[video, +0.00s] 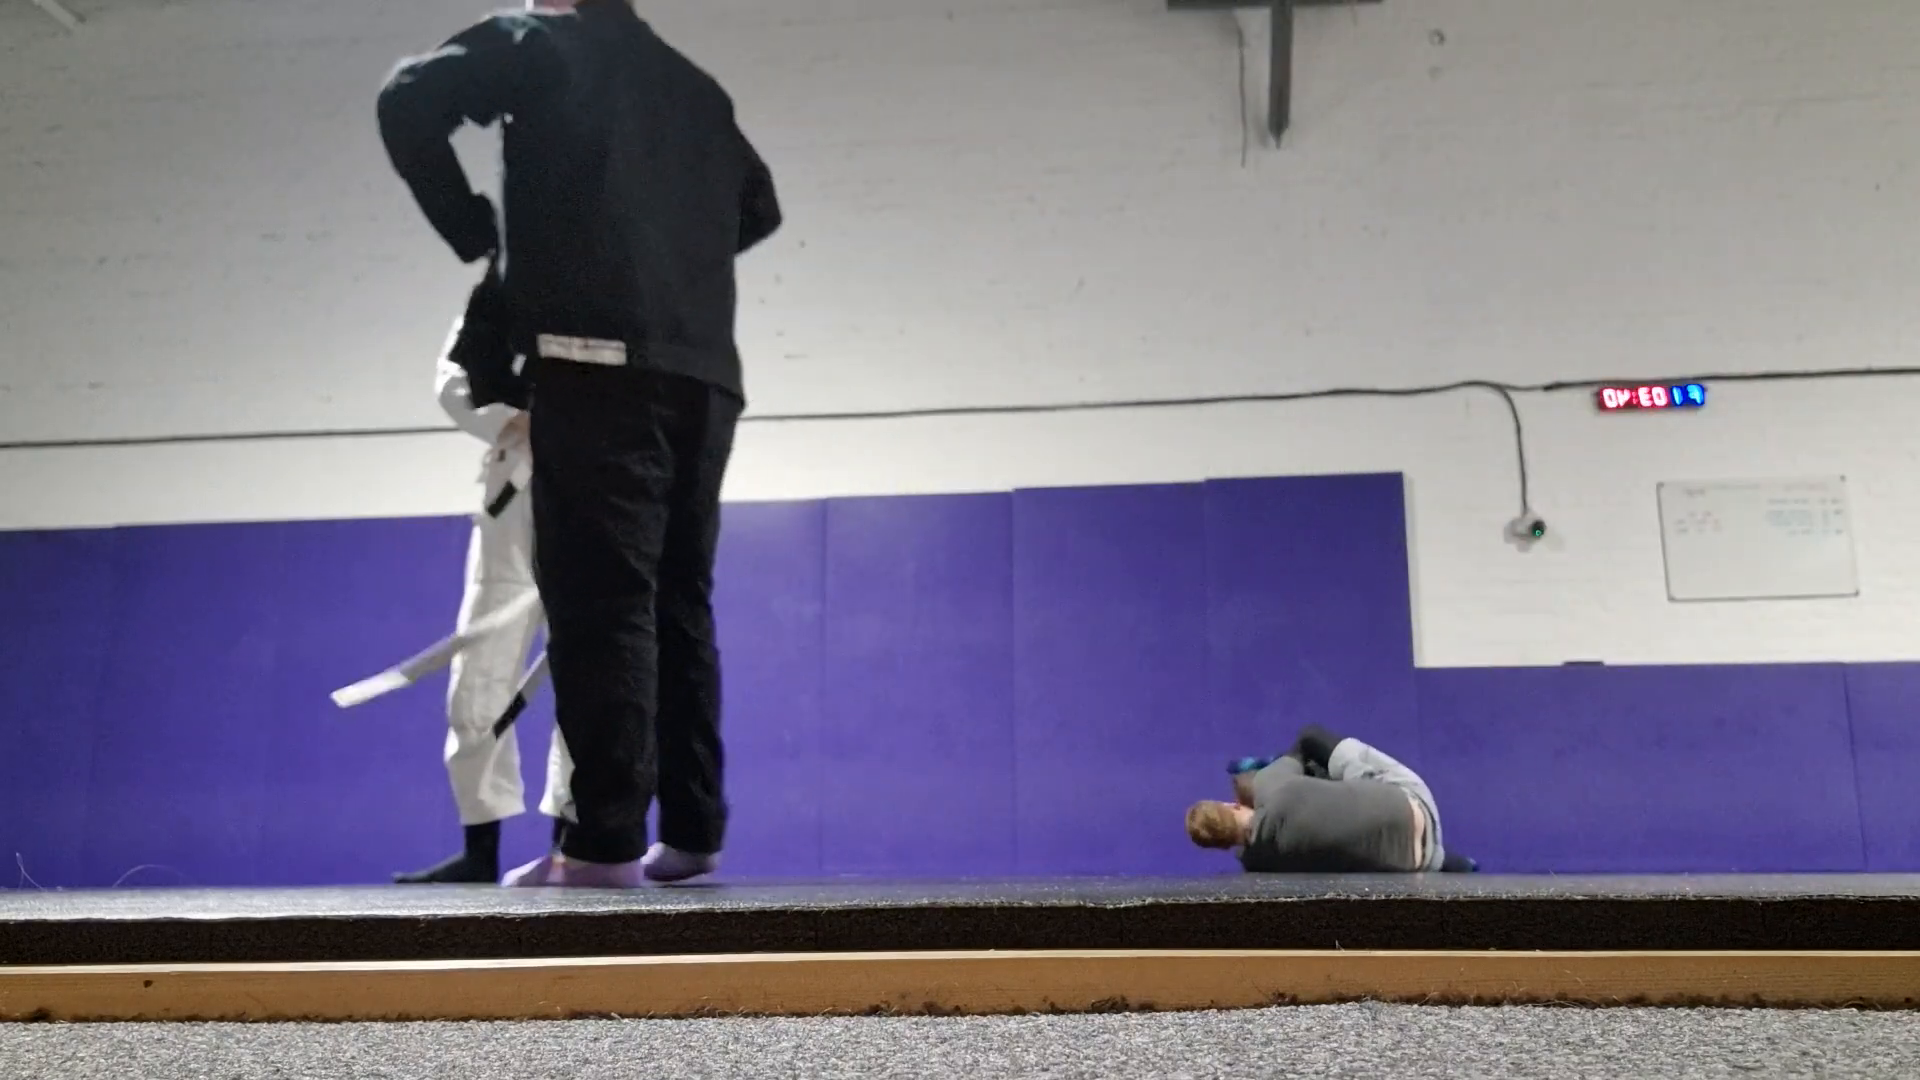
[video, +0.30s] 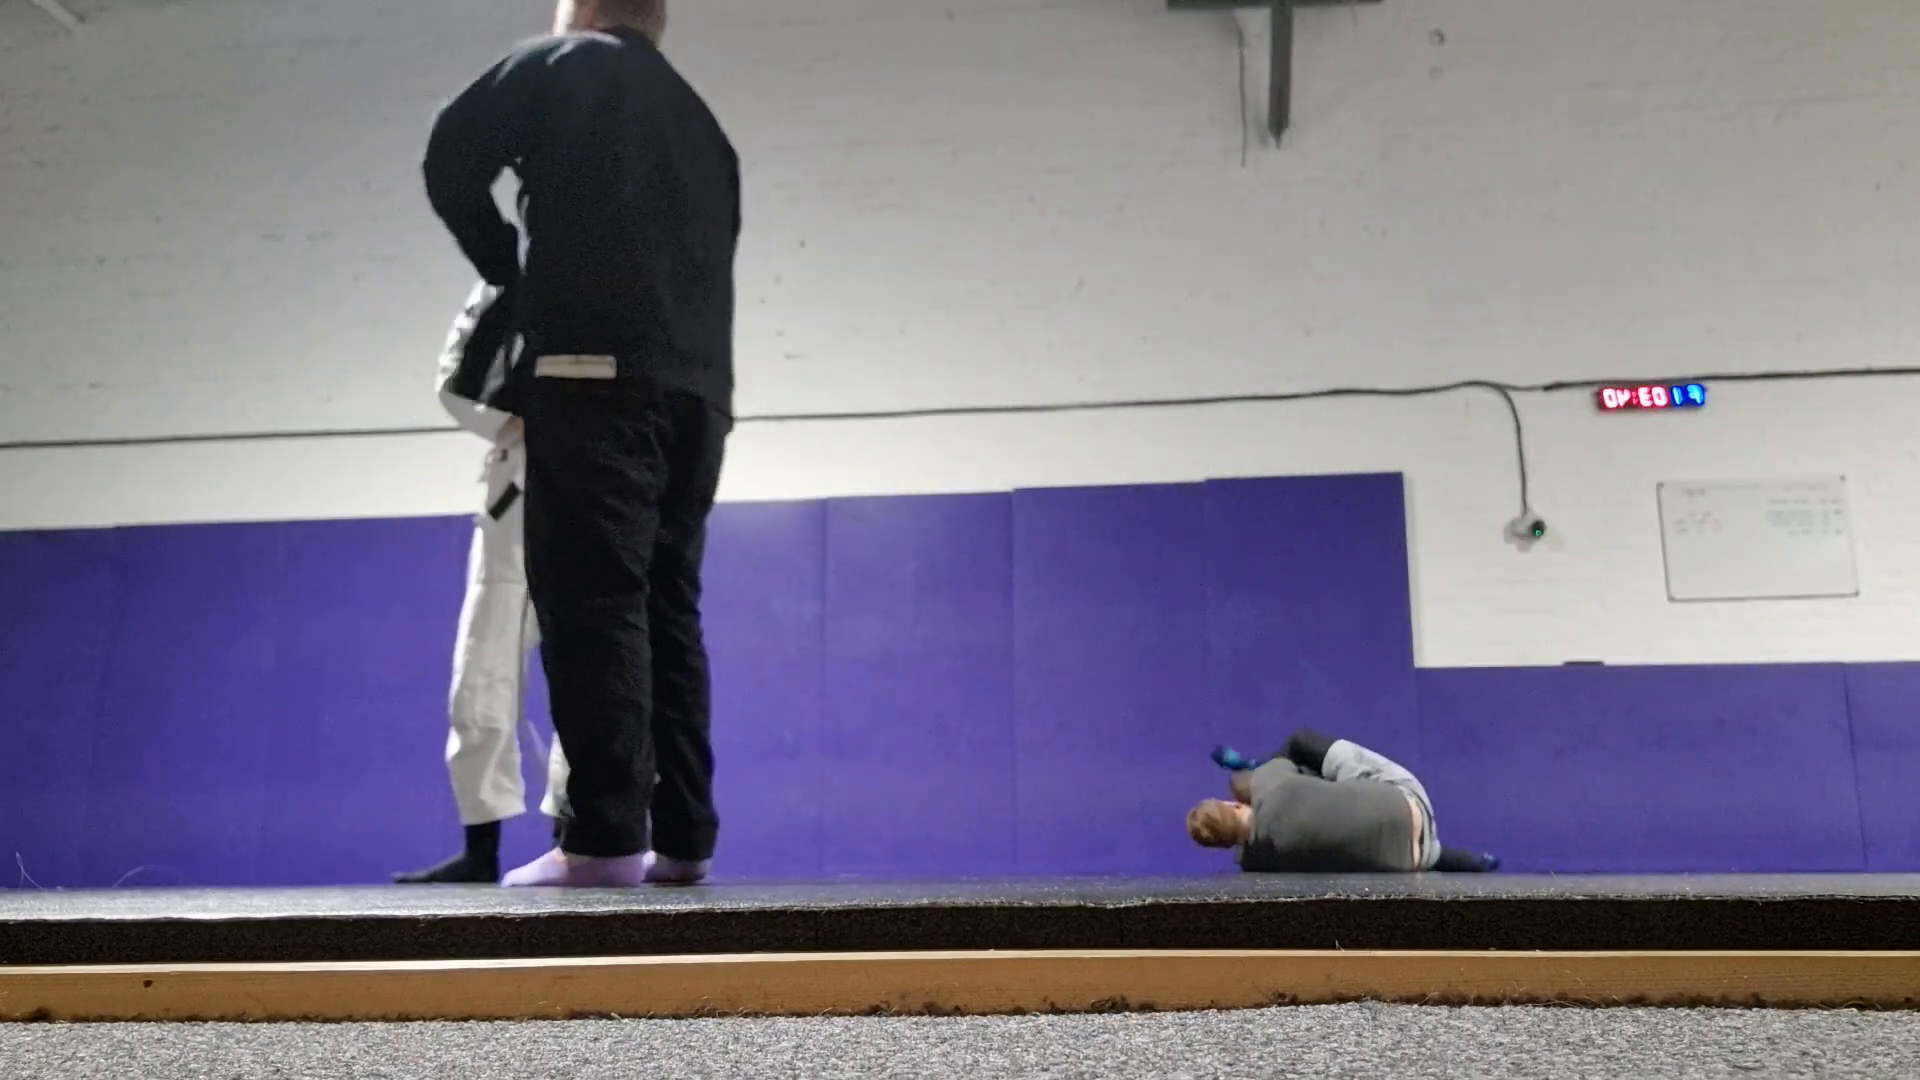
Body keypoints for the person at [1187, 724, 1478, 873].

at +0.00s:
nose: (1235, 791)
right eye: (1232, 794)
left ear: (1219, 850)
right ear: (1234, 803)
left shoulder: (1257, 864)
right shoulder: (1273, 786)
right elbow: (1306, 744)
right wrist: (1265, 774)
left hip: (1418, 863)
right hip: (1414, 811)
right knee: (1329, 748)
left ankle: (1455, 864)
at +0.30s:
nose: (1226, 797)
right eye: (1225, 798)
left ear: (1221, 847)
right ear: (1230, 797)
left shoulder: (1256, 864)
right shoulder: (1269, 782)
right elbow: (1293, 757)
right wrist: (1253, 774)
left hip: (1413, 858)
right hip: (1406, 803)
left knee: (1419, 851)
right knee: (1302, 740)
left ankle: (1477, 862)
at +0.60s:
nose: (1224, 795)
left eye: (1216, 828)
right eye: (1220, 796)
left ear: (1219, 840)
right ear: (1227, 795)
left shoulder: (1254, 861)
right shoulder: (1267, 779)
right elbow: (1304, 765)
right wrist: (1251, 784)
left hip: (1412, 860)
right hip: (1412, 805)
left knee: (1427, 854)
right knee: (1315, 735)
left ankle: (1494, 863)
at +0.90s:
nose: (1227, 788)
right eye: (1224, 791)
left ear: (1217, 839)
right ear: (1231, 793)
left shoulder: (1252, 863)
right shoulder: (1273, 782)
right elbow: (1307, 764)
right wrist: (1257, 782)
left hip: (1412, 861)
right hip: (1408, 807)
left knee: (1438, 853)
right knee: (1332, 740)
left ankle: (1498, 865)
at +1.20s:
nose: (1233, 790)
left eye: (1222, 826)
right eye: (1229, 791)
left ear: (1225, 840)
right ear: (1238, 794)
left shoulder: (1256, 862)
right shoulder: (1279, 781)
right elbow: (1302, 769)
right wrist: (1257, 783)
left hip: (1417, 862)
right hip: (1416, 808)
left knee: (1447, 855)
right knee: (1337, 730)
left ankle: (1518, 865)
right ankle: (1340, 775)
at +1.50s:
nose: (1226, 795)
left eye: (1215, 813)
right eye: (1225, 792)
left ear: (1224, 835)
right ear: (1236, 790)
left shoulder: (1257, 857)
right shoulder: (1276, 779)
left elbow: (1247, 853)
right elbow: (1302, 762)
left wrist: (1238, 843)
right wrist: (1255, 778)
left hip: (1415, 859)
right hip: (1414, 805)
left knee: (1441, 855)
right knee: (1311, 737)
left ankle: (1518, 863)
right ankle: (1252, 753)